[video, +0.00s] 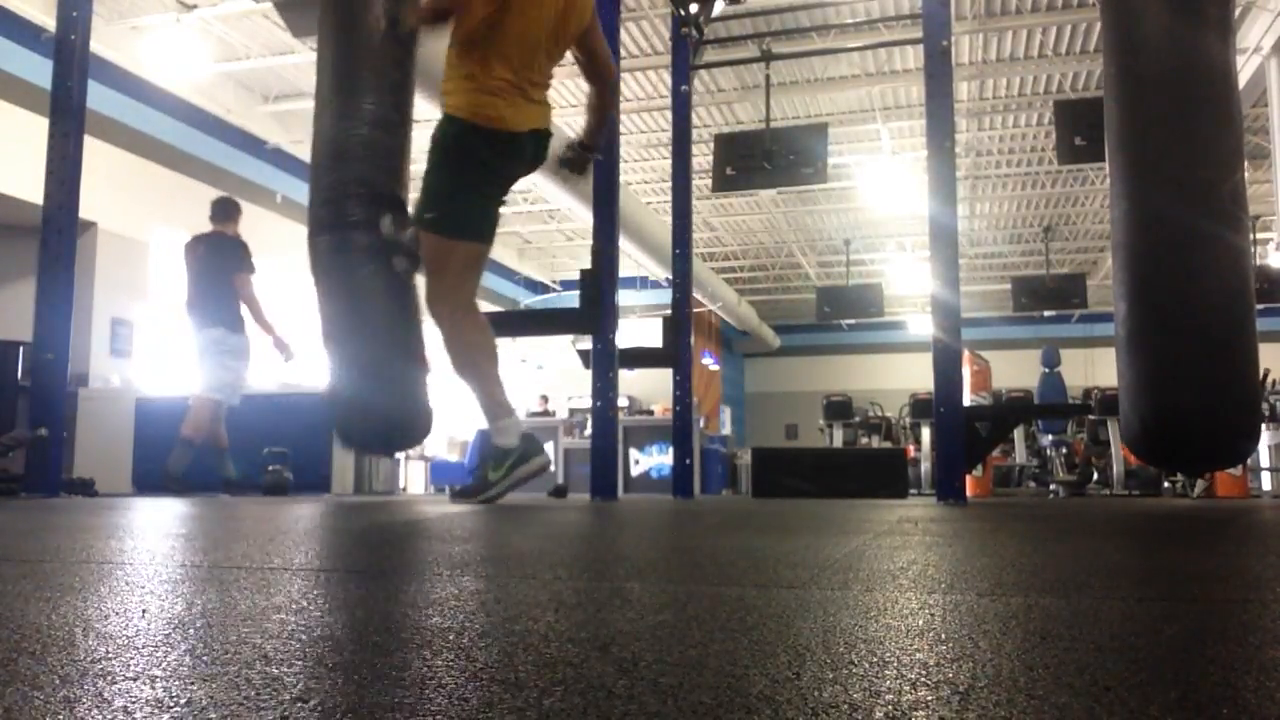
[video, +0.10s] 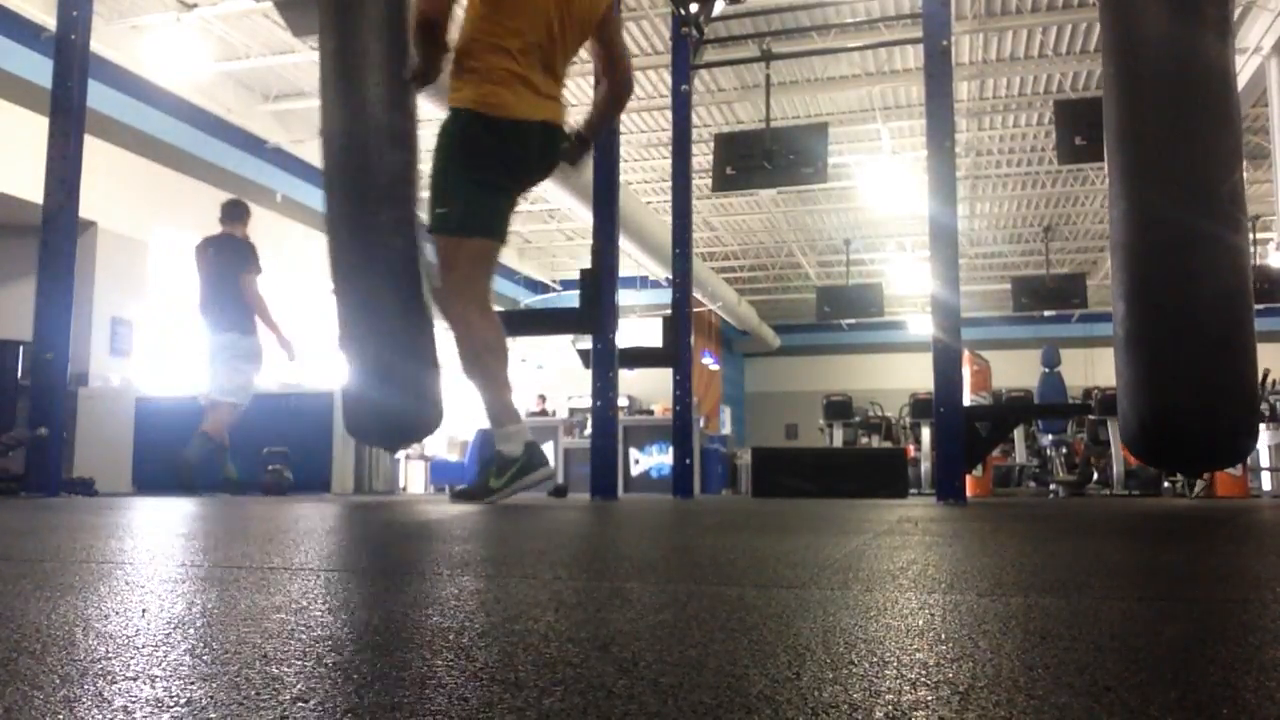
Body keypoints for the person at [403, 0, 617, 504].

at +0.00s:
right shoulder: (573, 3)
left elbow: (430, 11)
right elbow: (605, 77)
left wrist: (402, 17)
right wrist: (588, 147)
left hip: (474, 130)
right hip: (532, 137)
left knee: (449, 298)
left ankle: (508, 439)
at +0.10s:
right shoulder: (597, 2)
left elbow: (430, 16)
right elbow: (619, 79)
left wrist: (426, 69)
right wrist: (581, 142)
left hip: (481, 121)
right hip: (545, 134)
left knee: (463, 296)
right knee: (453, 283)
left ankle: (513, 448)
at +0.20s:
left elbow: (420, 2)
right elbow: (627, 59)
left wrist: (438, 40)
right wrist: (577, 96)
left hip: (506, 106)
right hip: (576, 113)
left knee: (478, 288)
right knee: (515, 239)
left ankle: (511, 447)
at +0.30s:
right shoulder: (626, 1)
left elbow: (427, 8)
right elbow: (631, 74)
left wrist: (439, 51)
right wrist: (520, 57)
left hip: (515, 115)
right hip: (597, 122)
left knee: (484, 298)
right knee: (573, 279)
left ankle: (492, 449)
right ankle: (590, 411)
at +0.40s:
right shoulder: (651, 3)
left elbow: (442, 6)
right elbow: (649, 57)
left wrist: (450, 68)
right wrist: (539, 61)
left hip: (542, 113)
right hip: (623, 109)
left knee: (506, 298)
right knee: (644, 297)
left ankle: (494, 447)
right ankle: (636, 450)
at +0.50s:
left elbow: (452, 23)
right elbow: (706, 57)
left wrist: (464, 107)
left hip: (565, 113)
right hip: (646, 104)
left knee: (547, 299)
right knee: (702, 283)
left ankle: (493, 437)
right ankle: (648, 442)